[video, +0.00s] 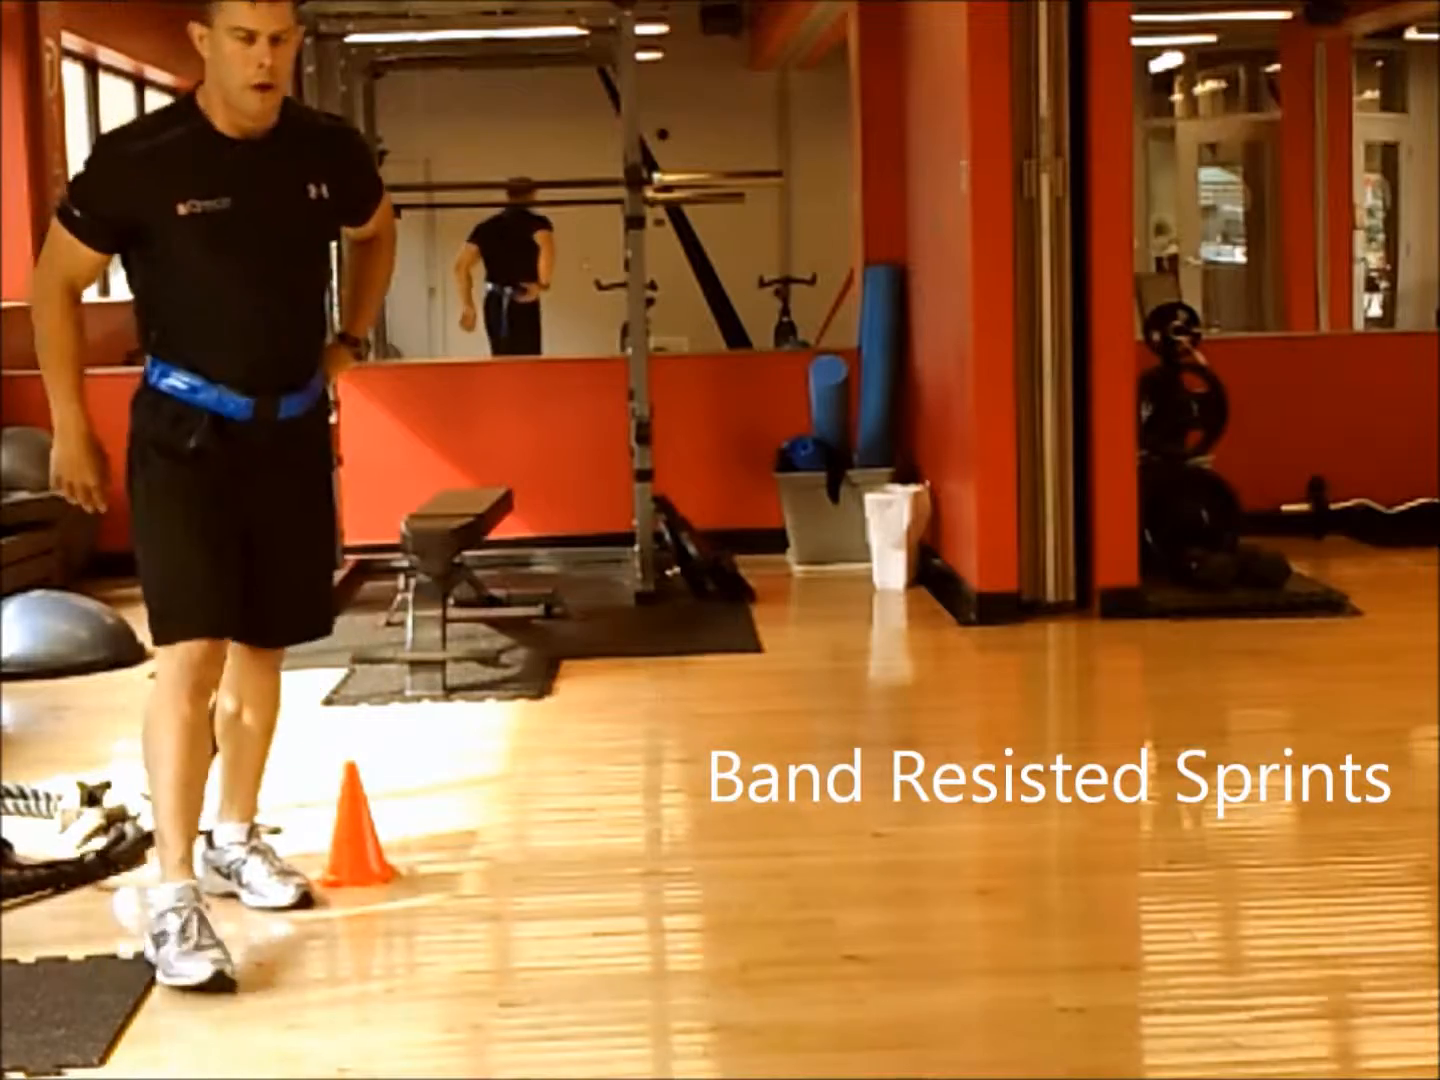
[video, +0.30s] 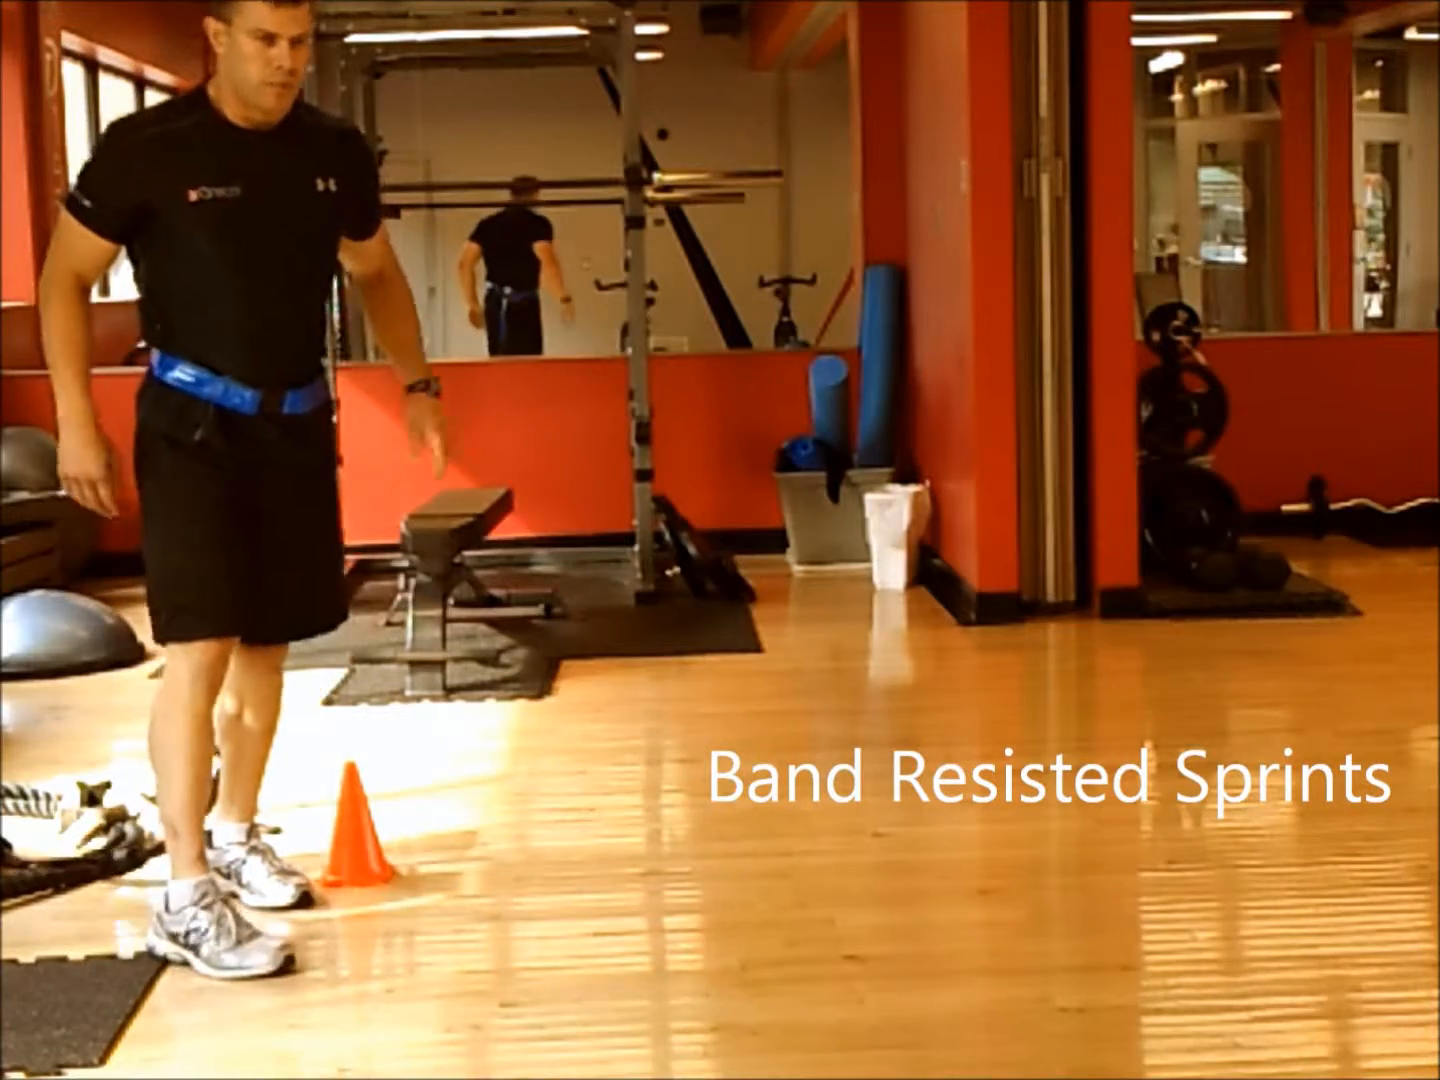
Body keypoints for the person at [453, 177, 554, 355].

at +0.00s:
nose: (534, 198)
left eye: (532, 194)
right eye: (533, 194)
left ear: (509, 196)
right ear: (531, 196)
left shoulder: (487, 226)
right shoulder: (537, 223)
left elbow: (461, 266)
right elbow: (545, 247)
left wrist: (467, 305)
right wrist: (543, 283)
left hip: (494, 298)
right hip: (525, 299)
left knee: (501, 361)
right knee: (527, 362)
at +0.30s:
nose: (538, 197)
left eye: (537, 193)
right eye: (537, 193)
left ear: (512, 194)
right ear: (533, 195)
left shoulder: (489, 223)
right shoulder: (537, 224)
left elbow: (465, 263)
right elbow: (547, 261)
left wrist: (472, 304)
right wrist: (563, 296)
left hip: (494, 299)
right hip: (524, 300)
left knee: (498, 359)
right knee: (528, 359)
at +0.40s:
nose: (539, 197)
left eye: (538, 193)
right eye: (537, 193)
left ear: (514, 194)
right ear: (533, 195)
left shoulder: (490, 223)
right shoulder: (538, 224)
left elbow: (467, 263)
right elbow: (547, 262)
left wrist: (475, 302)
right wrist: (570, 298)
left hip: (496, 299)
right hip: (525, 301)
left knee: (501, 360)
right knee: (530, 360)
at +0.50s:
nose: (541, 198)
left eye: (540, 193)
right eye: (539, 193)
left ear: (516, 194)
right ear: (534, 195)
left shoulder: (492, 223)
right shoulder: (540, 225)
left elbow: (468, 264)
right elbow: (550, 265)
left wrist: (478, 299)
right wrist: (571, 298)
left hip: (497, 299)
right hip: (526, 301)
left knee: (501, 359)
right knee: (532, 359)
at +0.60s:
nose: (545, 199)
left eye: (544, 194)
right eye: (543, 194)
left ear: (520, 195)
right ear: (538, 196)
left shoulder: (495, 224)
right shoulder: (545, 226)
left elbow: (470, 264)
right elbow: (552, 266)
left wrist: (481, 298)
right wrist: (572, 300)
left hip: (497, 300)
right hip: (527, 302)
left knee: (499, 360)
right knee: (531, 360)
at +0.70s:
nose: (551, 202)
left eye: (550, 197)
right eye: (550, 197)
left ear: (527, 196)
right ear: (547, 199)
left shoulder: (500, 224)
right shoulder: (550, 230)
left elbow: (473, 262)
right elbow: (557, 268)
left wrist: (478, 301)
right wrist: (572, 304)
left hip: (498, 300)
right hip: (528, 303)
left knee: (501, 359)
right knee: (531, 360)